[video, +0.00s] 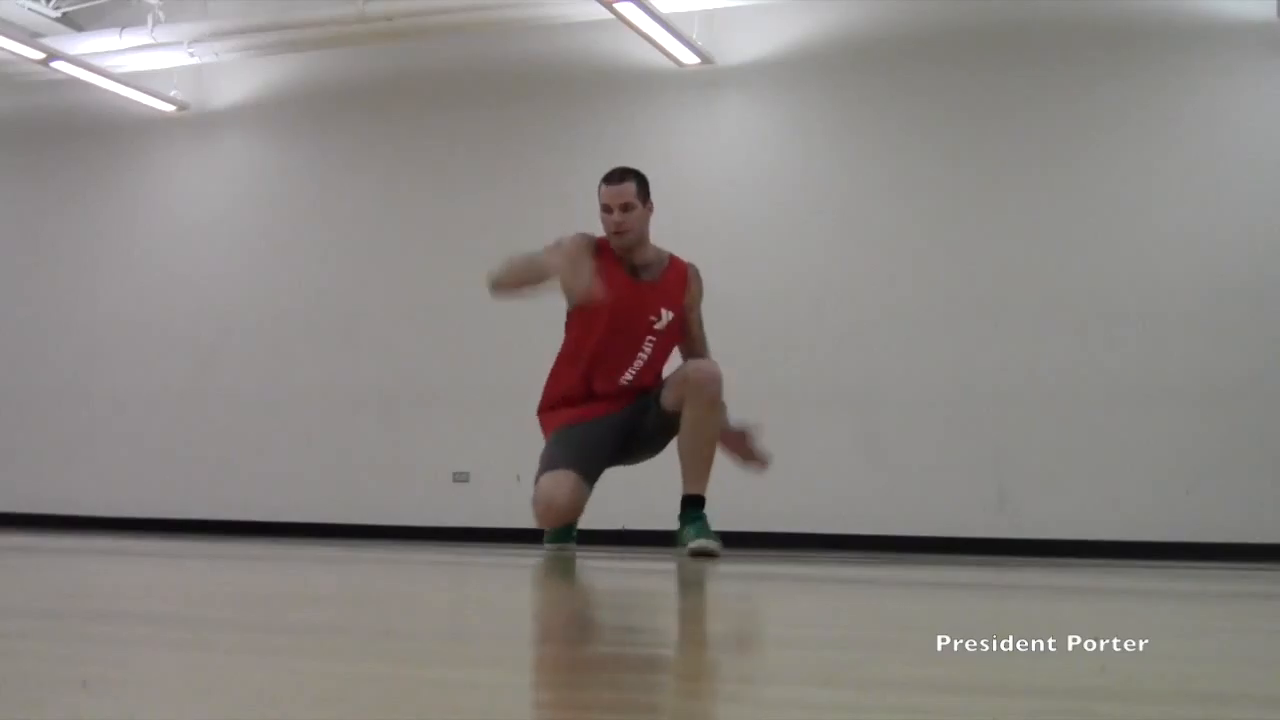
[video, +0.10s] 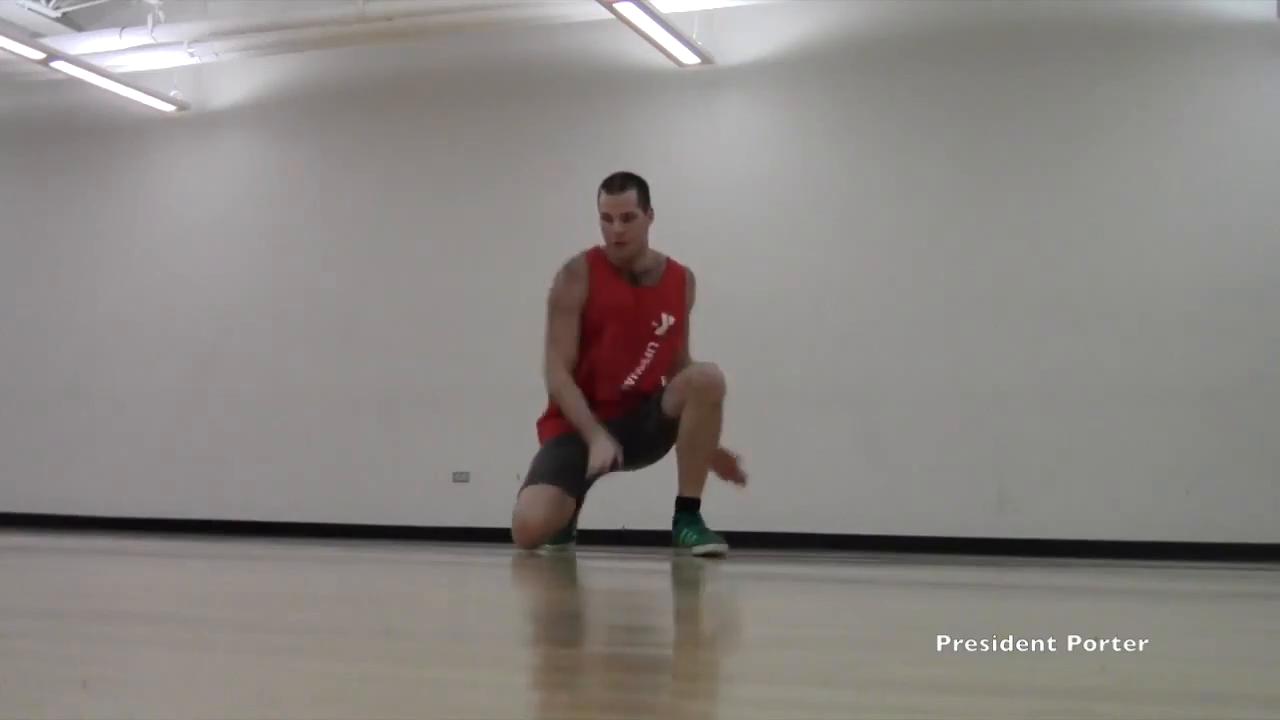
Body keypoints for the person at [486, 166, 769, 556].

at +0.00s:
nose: (616, 221)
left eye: (626, 209)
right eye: (607, 211)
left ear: (649, 209)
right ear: (599, 213)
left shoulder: (682, 278)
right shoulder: (580, 254)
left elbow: (698, 364)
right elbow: (500, 281)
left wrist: (722, 429)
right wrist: (556, 264)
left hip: (639, 412)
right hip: (578, 416)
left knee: (703, 374)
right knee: (553, 507)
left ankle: (693, 518)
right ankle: (562, 524)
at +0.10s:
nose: (616, 230)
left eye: (627, 219)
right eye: (607, 219)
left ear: (649, 218)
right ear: (598, 220)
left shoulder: (678, 281)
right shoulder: (576, 277)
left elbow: (679, 371)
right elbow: (557, 374)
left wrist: (707, 448)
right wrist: (595, 435)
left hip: (640, 422)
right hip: (577, 426)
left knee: (707, 379)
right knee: (528, 531)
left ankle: (687, 522)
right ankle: (566, 512)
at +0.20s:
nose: (606, 257)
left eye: (616, 244)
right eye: (595, 247)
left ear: (637, 240)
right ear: (586, 248)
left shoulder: (674, 279)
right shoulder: (577, 310)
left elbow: (695, 330)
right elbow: (585, 418)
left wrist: (751, 381)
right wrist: (591, 511)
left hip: (645, 432)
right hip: (588, 444)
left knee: (702, 382)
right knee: (521, 536)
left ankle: (686, 521)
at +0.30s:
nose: (597, 282)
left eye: (606, 267)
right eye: (585, 272)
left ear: (627, 256)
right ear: (576, 271)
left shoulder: (662, 263)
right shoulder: (577, 330)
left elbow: (702, 249)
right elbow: (583, 439)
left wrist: (761, 243)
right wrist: (578, 535)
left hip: (662, 418)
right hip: (605, 439)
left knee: (725, 384)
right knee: (548, 535)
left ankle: (690, 520)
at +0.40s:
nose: (589, 294)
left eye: (596, 277)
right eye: (574, 285)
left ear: (614, 257)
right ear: (563, 282)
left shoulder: (642, 240)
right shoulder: (575, 337)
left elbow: (656, 182)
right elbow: (580, 437)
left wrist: (692, 127)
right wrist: (578, 534)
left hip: (681, 371)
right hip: (629, 409)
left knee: (764, 378)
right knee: (647, 514)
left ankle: (708, 513)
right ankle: (589, 504)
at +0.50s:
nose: (585, 295)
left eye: (589, 279)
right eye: (571, 289)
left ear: (604, 255)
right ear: (556, 286)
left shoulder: (627, 222)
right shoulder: (574, 344)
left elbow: (650, 140)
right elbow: (581, 442)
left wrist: (682, 64)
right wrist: (579, 535)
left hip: (683, 327)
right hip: (644, 380)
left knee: (787, 359)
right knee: (732, 442)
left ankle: (781, 491)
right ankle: (674, 483)